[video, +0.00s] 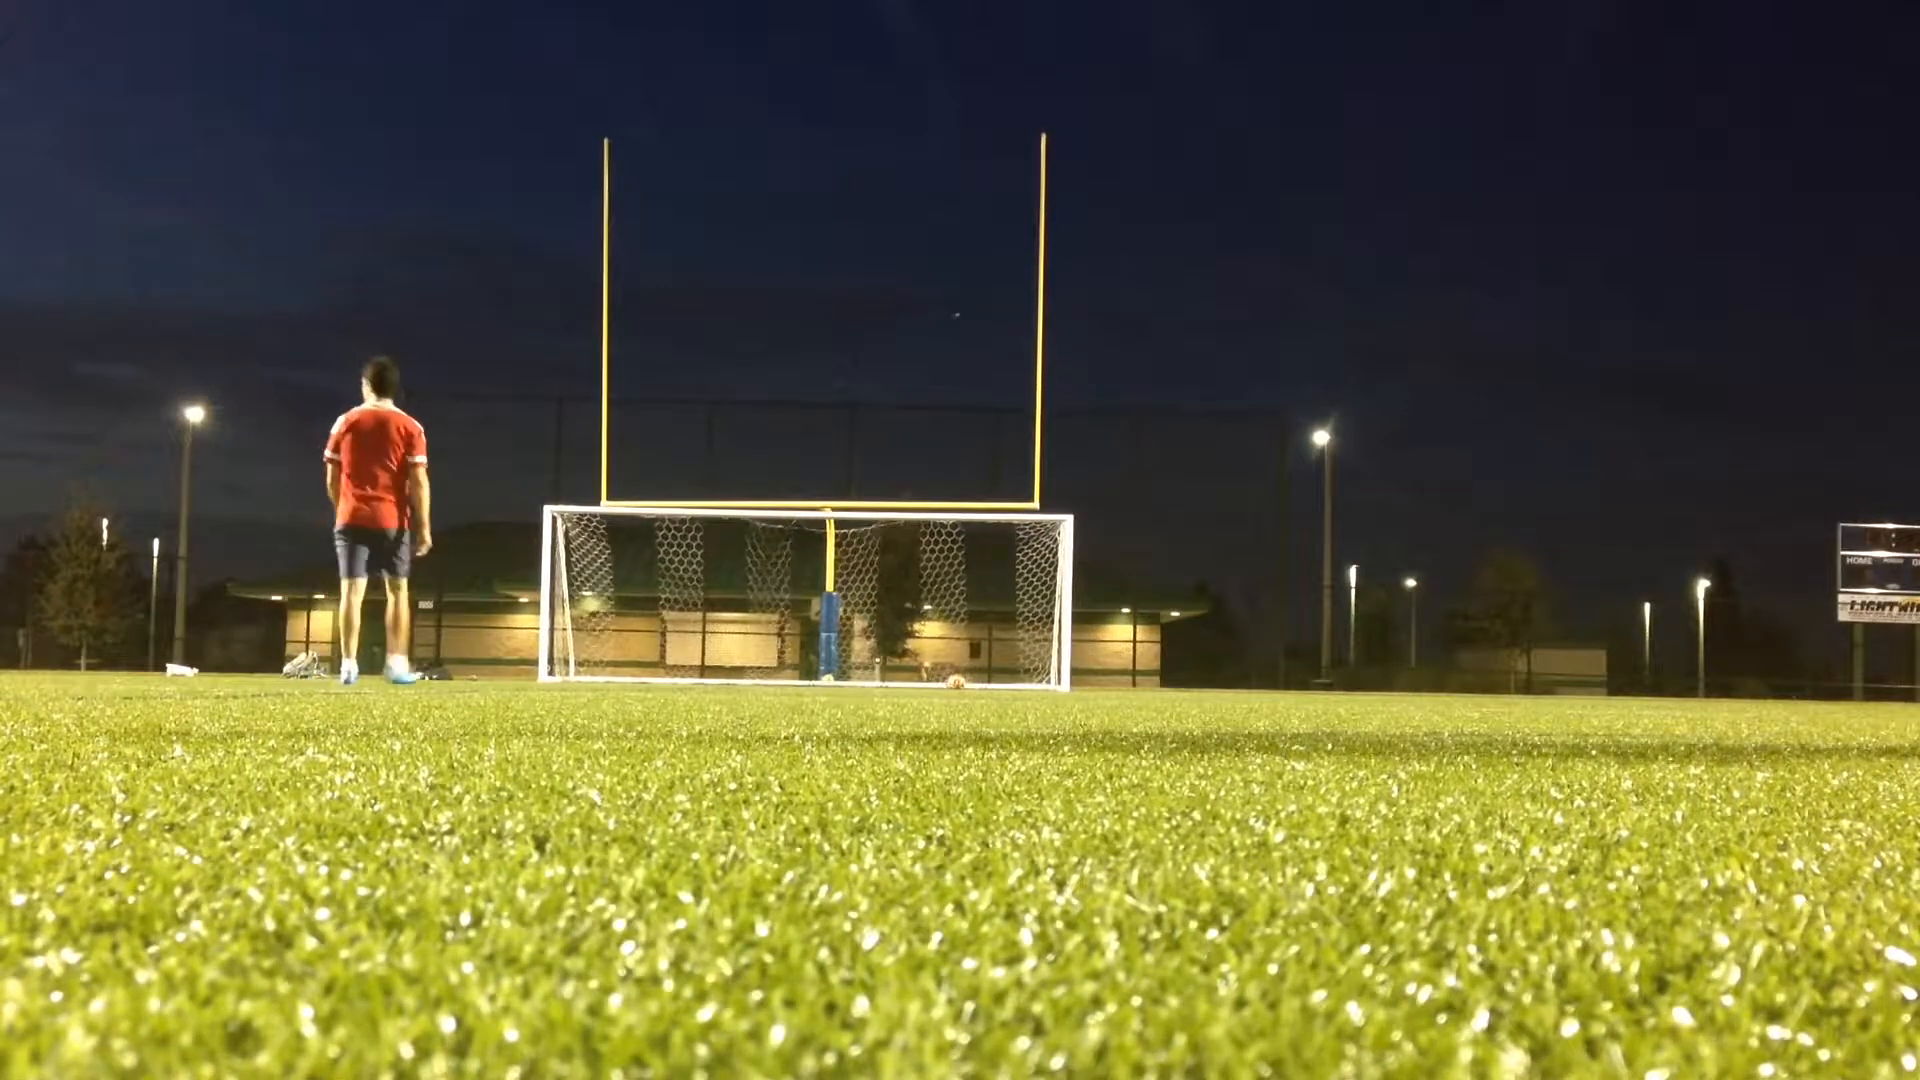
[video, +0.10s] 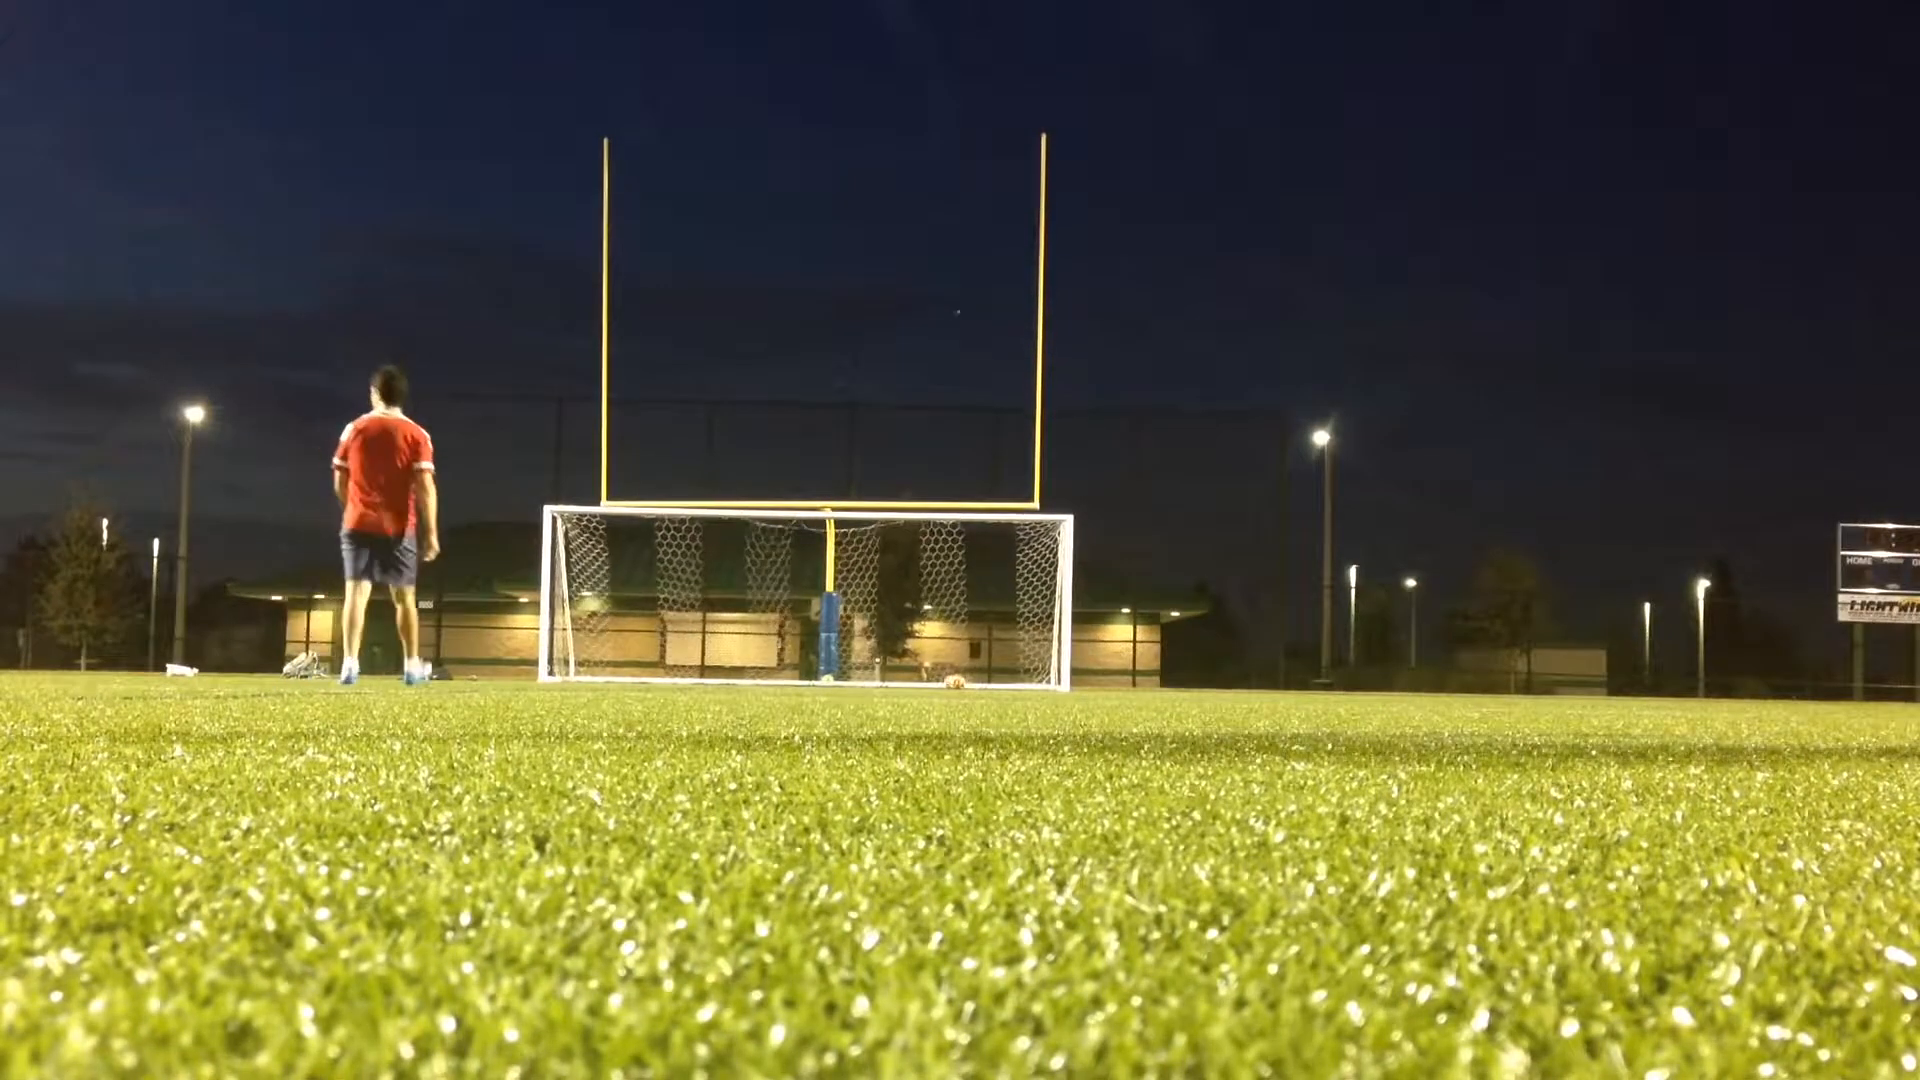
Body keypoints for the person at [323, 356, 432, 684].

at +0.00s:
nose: (362, 388)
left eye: (363, 383)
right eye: (365, 383)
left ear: (366, 386)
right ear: (395, 387)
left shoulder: (347, 421)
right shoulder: (411, 426)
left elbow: (332, 476)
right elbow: (418, 480)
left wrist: (343, 508)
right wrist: (424, 527)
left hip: (351, 515)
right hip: (392, 518)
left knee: (351, 592)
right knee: (397, 592)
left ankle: (348, 665)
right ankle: (396, 663)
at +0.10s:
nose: (371, 396)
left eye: (372, 391)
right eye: (374, 391)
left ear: (375, 394)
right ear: (403, 395)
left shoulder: (355, 428)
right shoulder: (417, 434)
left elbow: (339, 481)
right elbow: (425, 485)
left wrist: (353, 508)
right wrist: (431, 532)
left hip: (357, 523)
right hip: (400, 527)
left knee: (356, 593)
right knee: (405, 600)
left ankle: (349, 664)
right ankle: (412, 665)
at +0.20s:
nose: (381, 402)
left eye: (382, 398)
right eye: (385, 397)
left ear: (384, 400)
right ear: (412, 401)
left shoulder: (364, 435)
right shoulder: (426, 440)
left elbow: (349, 487)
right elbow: (433, 489)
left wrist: (363, 511)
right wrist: (439, 536)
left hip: (367, 528)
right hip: (409, 532)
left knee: (364, 593)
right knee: (411, 602)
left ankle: (353, 656)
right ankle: (412, 671)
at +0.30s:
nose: (395, 405)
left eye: (395, 401)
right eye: (399, 400)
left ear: (398, 403)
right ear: (425, 404)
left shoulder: (378, 438)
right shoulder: (438, 442)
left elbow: (362, 490)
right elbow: (446, 493)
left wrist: (372, 520)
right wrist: (450, 539)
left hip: (382, 530)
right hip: (420, 531)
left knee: (382, 596)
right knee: (419, 601)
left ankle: (368, 640)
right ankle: (413, 670)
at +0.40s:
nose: (402, 403)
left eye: (403, 399)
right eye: (408, 399)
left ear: (405, 401)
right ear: (432, 402)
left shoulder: (385, 435)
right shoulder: (445, 439)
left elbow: (371, 485)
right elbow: (453, 491)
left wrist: (371, 526)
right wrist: (456, 534)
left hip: (388, 526)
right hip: (427, 528)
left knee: (392, 591)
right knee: (421, 600)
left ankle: (384, 646)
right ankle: (413, 670)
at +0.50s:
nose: (409, 407)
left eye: (410, 403)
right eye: (415, 403)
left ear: (411, 406)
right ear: (439, 407)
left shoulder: (393, 441)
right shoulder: (453, 443)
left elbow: (381, 491)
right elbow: (463, 491)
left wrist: (374, 534)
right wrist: (464, 527)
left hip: (398, 528)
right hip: (434, 529)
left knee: (406, 595)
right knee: (424, 598)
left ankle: (406, 665)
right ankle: (414, 667)